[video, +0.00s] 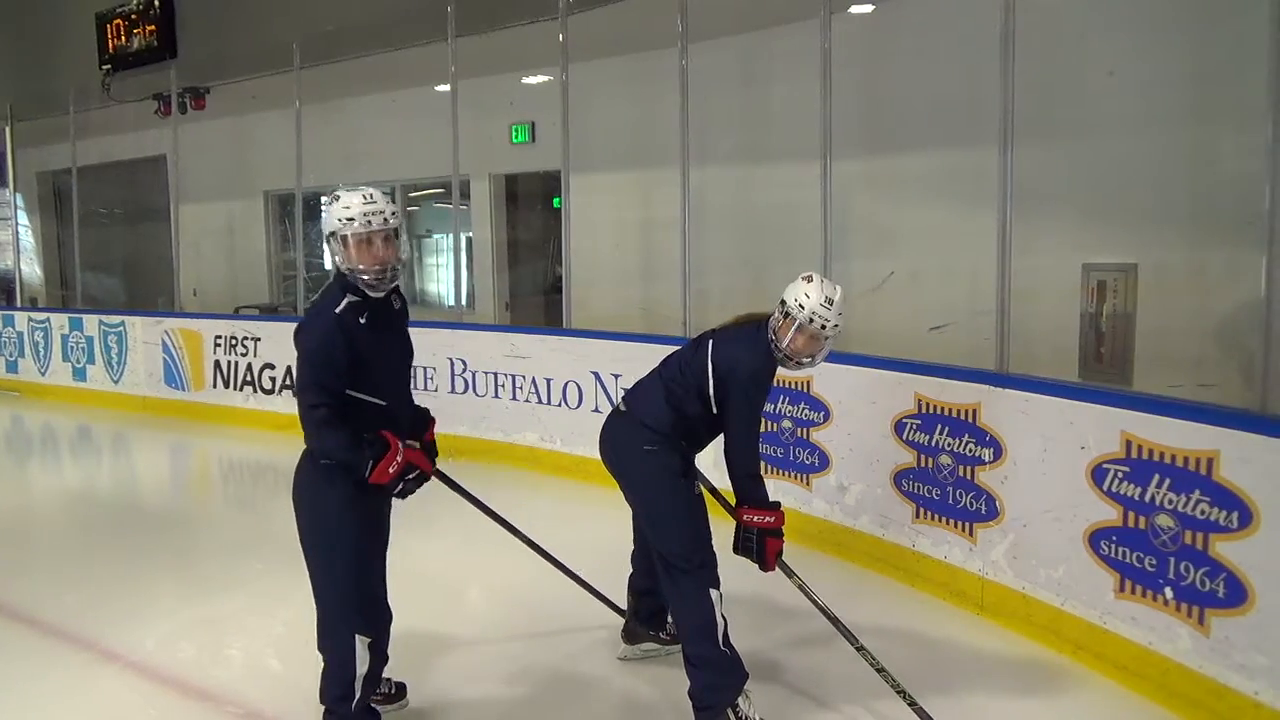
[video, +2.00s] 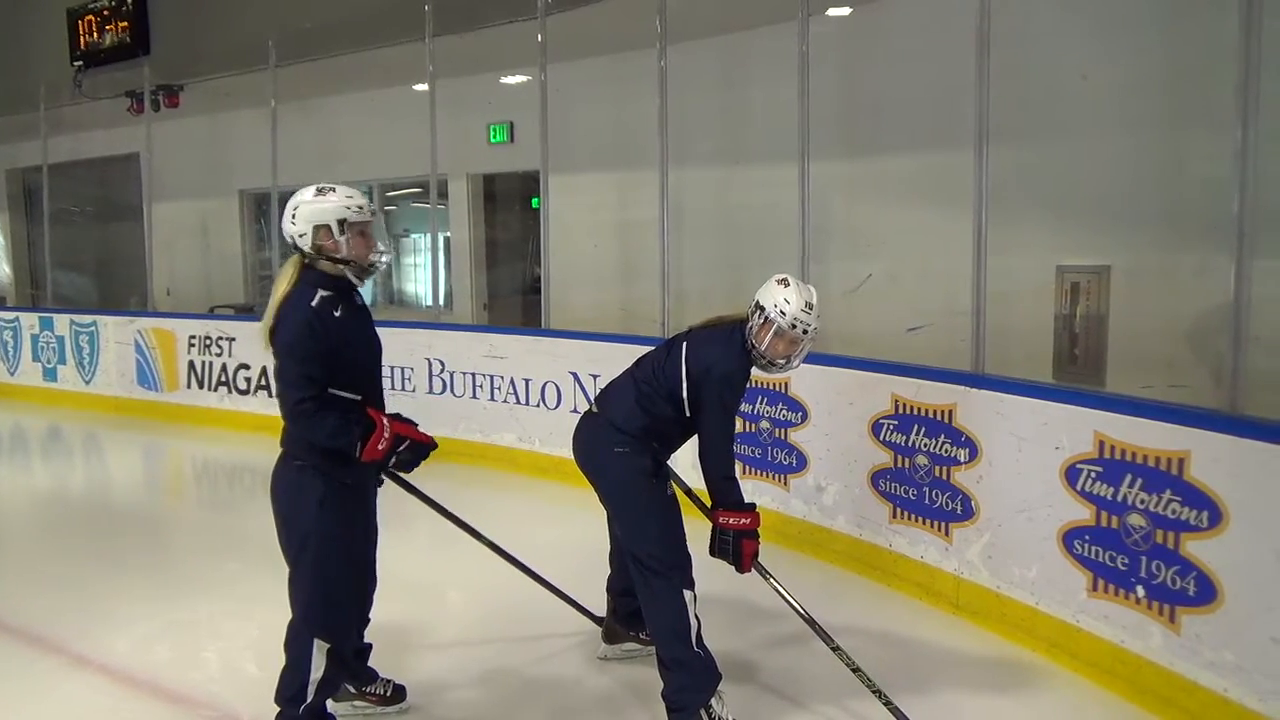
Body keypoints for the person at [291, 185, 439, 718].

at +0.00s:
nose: (378, 254)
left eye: (385, 240)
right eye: (363, 243)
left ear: (397, 244)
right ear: (341, 251)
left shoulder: (391, 306)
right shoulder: (327, 320)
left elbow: (393, 387)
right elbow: (319, 421)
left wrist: (420, 431)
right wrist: (375, 459)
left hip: (372, 477)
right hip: (329, 481)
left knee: (373, 586)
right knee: (339, 599)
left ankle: (368, 681)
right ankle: (341, 704)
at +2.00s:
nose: (369, 242)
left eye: (368, 232)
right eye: (357, 232)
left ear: (348, 240)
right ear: (322, 239)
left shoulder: (344, 296)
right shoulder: (306, 305)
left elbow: (356, 392)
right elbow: (302, 407)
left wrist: (397, 431)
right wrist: (373, 441)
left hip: (349, 471)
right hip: (314, 476)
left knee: (355, 579)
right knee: (319, 592)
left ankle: (347, 674)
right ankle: (298, 705)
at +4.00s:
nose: (362, 247)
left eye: (371, 235)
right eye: (349, 237)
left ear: (387, 240)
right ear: (328, 246)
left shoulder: (383, 305)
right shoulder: (321, 316)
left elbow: (394, 391)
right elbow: (319, 411)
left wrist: (428, 435)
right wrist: (397, 439)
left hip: (381, 472)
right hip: (335, 477)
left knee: (384, 579)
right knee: (343, 596)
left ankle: (370, 668)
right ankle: (317, 706)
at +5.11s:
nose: (364, 248)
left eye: (372, 236)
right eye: (351, 238)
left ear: (385, 242)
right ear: (327, 246)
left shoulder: (381, 305)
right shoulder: (316, 318)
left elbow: (392, 394)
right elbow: (328, 411)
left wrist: (422, 442)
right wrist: (406, 428)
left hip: (385, 469)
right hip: (338, 475)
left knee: (388, 579)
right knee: (345, 597)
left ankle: (376, 668)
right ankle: (322, 706)